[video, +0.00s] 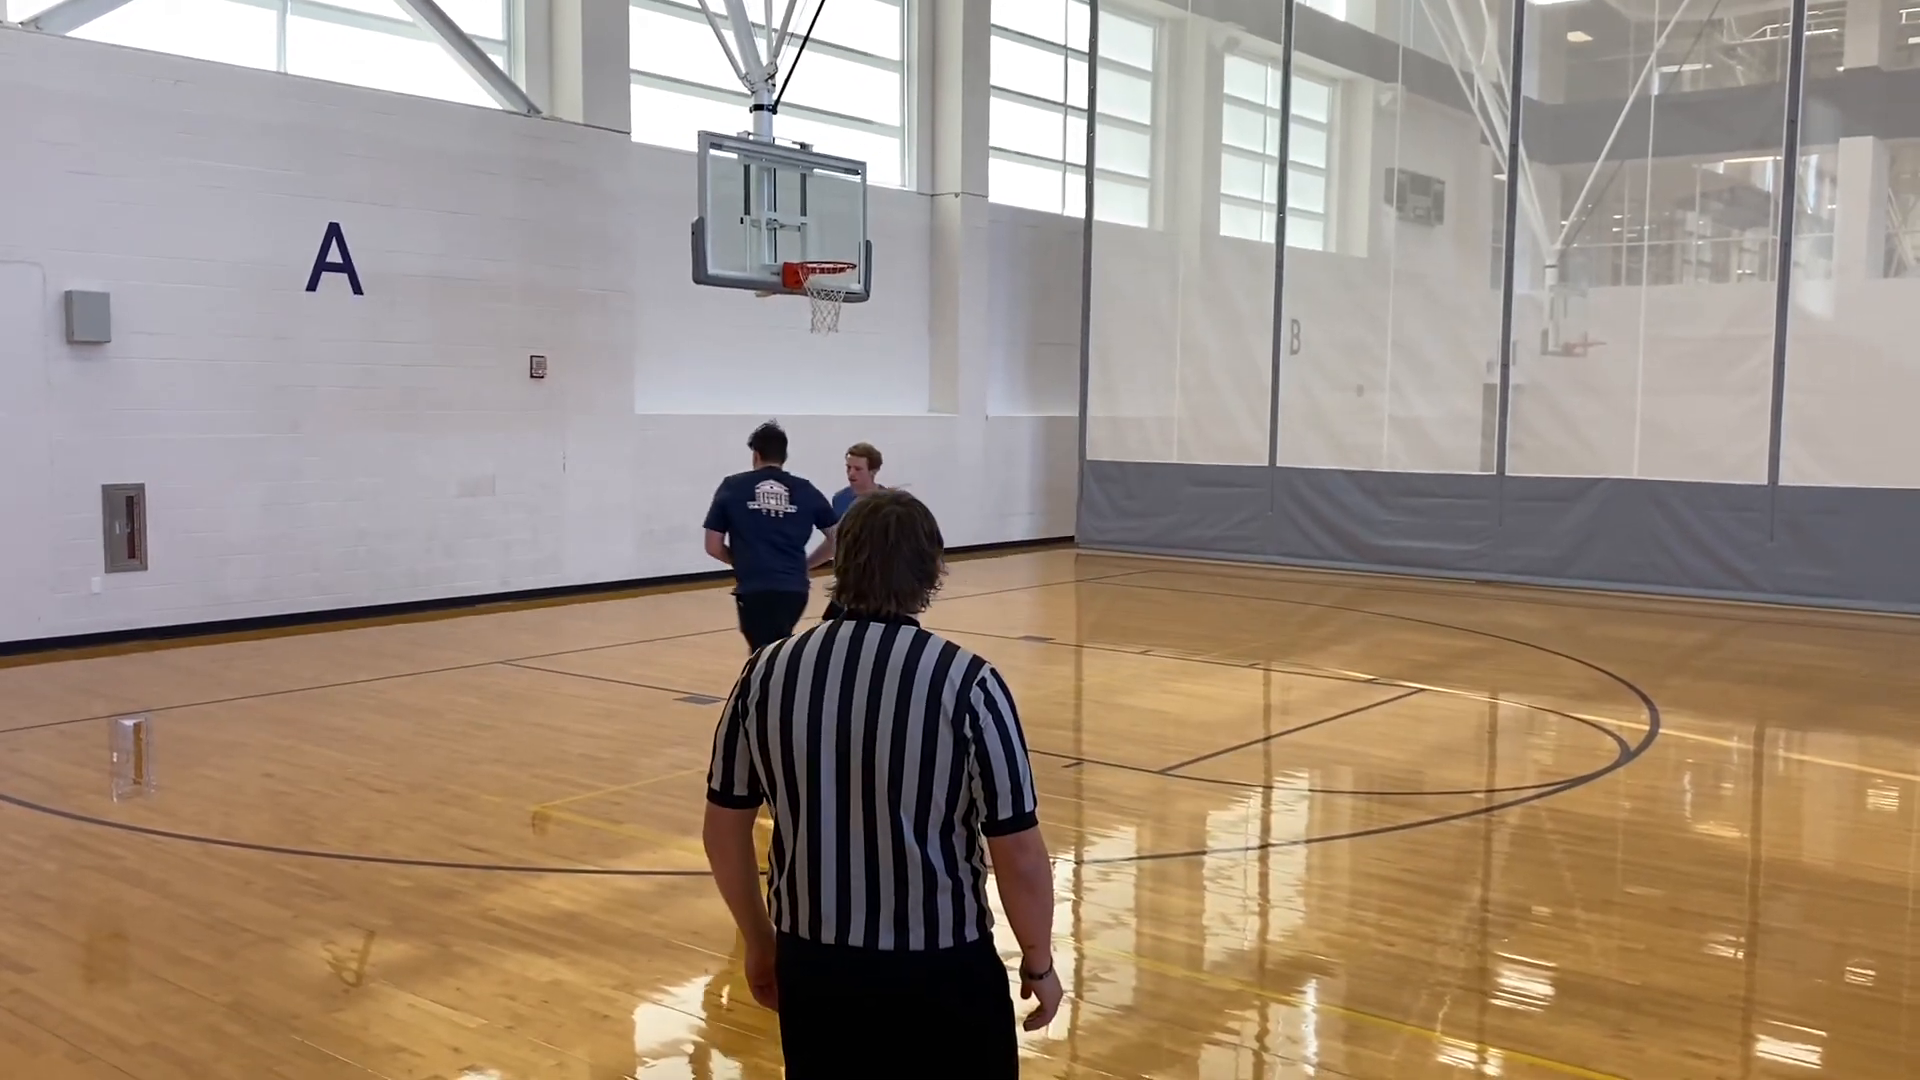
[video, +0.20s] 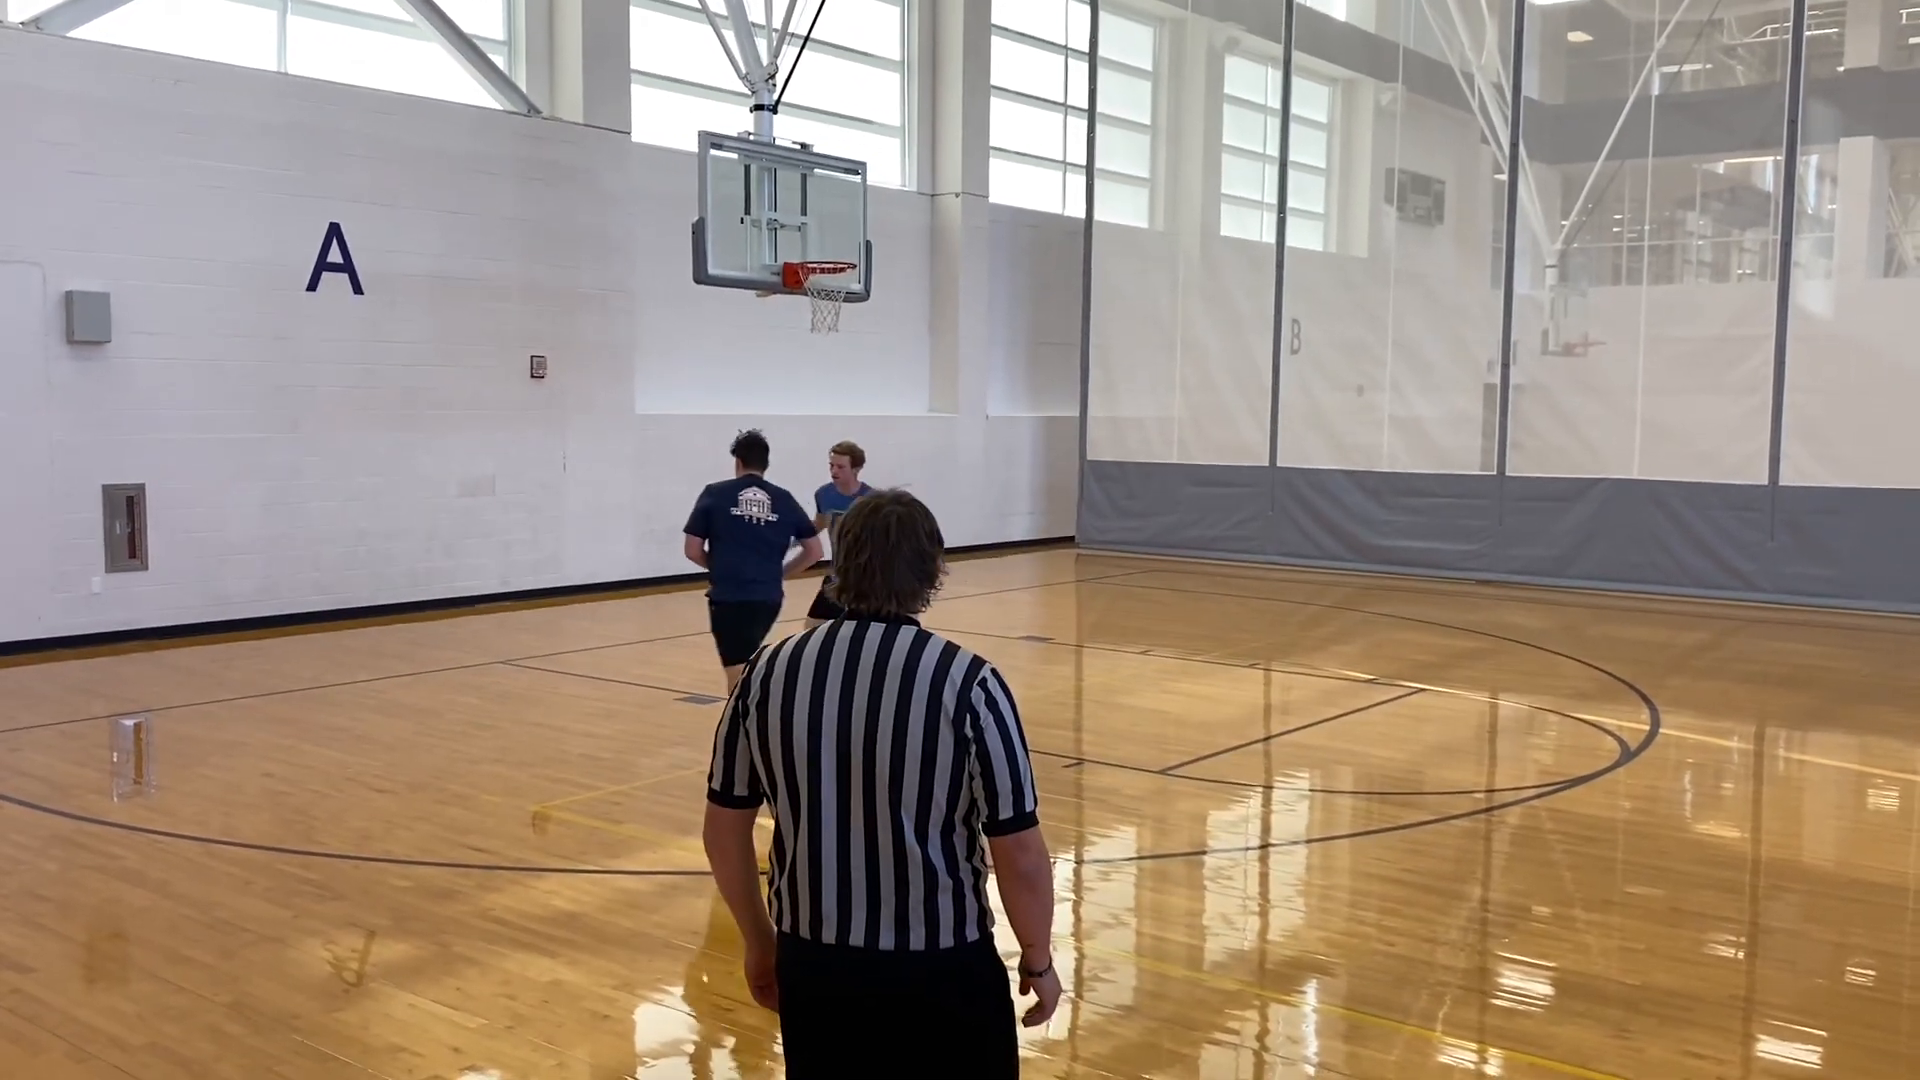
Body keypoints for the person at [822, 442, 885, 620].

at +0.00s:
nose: (851, 474)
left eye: (858, 469)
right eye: (848, 468)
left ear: (873, 471)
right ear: (845, 467)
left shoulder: (889, 501)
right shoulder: (839, 499)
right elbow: (835, 540)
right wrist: (805, 564)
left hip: (882, 577)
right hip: (848, 576)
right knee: (828, 627)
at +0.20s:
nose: (834, 471)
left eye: (840, 467)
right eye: (831, 466)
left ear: (856, 469)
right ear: (828, 465)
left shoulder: (873, 498)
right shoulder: (823, 494)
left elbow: (882, 536)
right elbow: (821, 522)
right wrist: (802, 537)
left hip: (869, 574)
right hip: (838, 573)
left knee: (869, 625)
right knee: (813, 624)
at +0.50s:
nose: (807, 466)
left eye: (813, 461)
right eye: (806, 460)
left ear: (829, 464)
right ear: (803, 460)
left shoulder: (848, 495)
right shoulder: (801, 488)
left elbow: (861, 534)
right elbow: (795, 509)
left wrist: (851, 571)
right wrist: (764, 525)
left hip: (843, 577)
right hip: (813, 576)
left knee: (851, 633)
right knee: (796, 636)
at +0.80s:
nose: (786, 456)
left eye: (792, 451)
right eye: (785, 450)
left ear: (809, 453)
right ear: (783, 450)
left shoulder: (825, 483)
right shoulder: (786, 477)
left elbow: (853, 517)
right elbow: (790, 504)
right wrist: (764, 518)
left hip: (826, 564)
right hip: (798, 562)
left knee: (818, 620)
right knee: (783, 618)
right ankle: (799, 665)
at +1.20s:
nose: (764, 457)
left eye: (770, 453)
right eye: (763, 452)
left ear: (786, 456)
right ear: (762, 453)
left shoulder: (801, 485)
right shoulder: (771, 483)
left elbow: (829, 520)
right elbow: (776, 521)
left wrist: (818, 547)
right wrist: (757, 539)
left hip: (807, 567)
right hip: (779, 564)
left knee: (796, 626)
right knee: (752, 610)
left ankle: (804, 673)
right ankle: (765, 662)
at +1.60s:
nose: (740, 466)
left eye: (745, 462)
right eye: (739, 461)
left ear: (760, 465)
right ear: (746, 464)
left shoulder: (775, 494)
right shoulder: (748, 494)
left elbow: (798, 532)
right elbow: (757, 535)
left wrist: (782, 560)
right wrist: (733, 556)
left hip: (781, 575)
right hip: (755, 572)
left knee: (787, 632)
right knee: (735, 617)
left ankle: (797, 682)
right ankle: (744, 659)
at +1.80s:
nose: (725, 465)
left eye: (730, 461)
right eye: (725, 460)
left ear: (747, 466)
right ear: (732, 464)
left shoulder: (758, 497)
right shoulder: (731, 493)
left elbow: (782, 534)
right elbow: (736, 533)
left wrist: (763, 559)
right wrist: (715, 552)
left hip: (763, 577)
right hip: (738, 574)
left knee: (774, 633)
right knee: (731, 621)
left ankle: (814, 655)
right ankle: (750, 665)